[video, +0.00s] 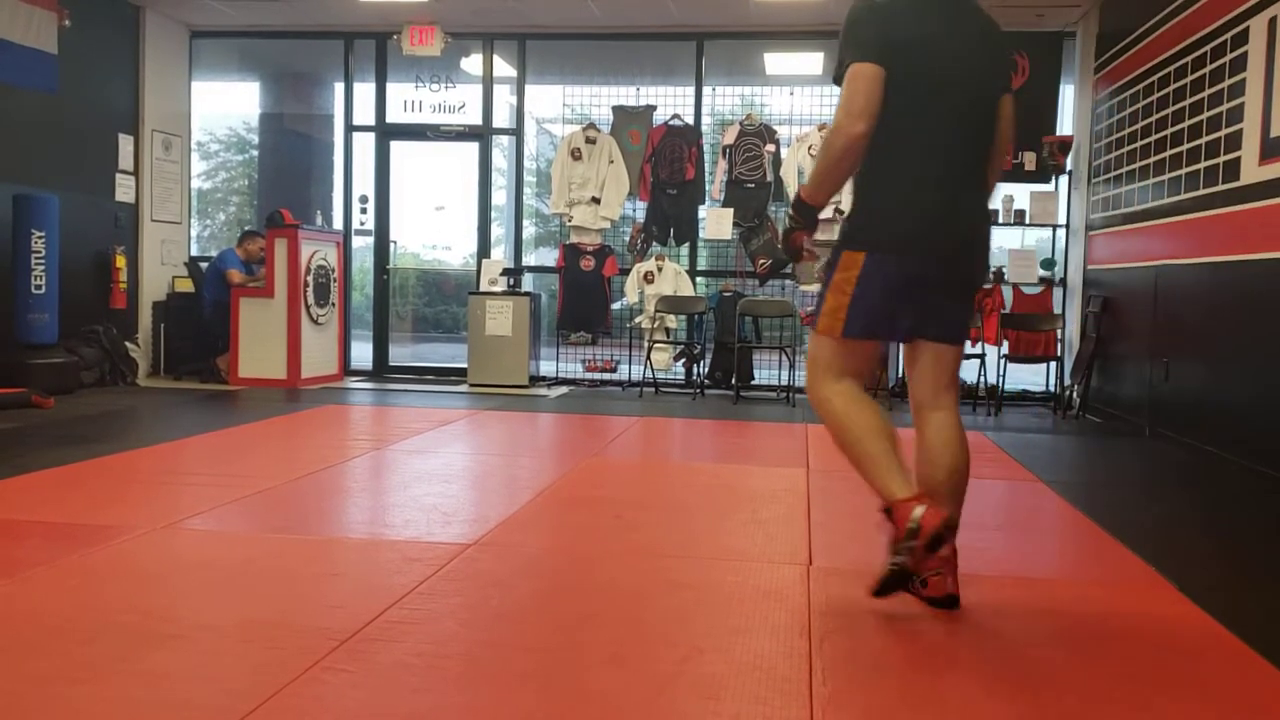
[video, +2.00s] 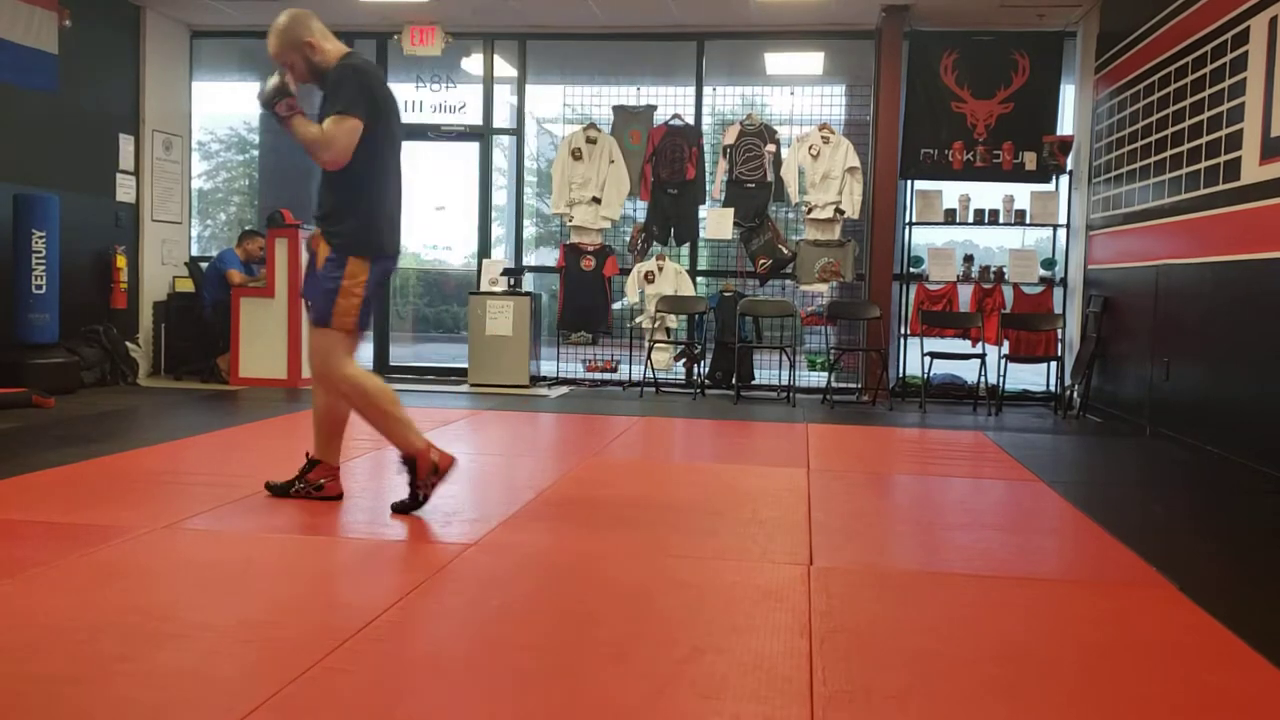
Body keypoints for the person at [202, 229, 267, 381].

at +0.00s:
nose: (262, 254)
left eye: (263, 250)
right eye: (260, 249)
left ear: (247, 246)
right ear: (247, 245)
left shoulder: (245, 263)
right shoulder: (229, 256)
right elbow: (235, 279)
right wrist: (257, 278)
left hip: (230, 308)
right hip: (215, 309)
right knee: (253, 332)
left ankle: (226, 363)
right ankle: (223, 362)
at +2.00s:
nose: (261, 254)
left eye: (262, 250)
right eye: (260, 249)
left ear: (248, 245)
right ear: (247, 244)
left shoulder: (246, 264)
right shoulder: (228, 255)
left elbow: (252, 284)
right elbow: (235, 280)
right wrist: (258, 278)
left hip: (230, 308)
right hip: (213, 309)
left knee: (259, 327)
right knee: (253, 330)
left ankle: (227, 363)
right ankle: (224, 362)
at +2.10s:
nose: (261, 254)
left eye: (262, 250)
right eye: (259, 249)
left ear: (247, 245)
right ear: (246, 244)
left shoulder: (246, 264)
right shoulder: (228, 256)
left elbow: (252, 282)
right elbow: (235, 280)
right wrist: (258, 279)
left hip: (230, 308)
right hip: (213, 309)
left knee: (257, 324)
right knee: (251, 328)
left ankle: (226, 363)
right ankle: (223, 362)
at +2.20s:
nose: (252, 250)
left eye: (254, 246)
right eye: (251, 245)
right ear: (242, 244)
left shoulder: (242, 261)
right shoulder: (226, 256)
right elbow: (234, 280)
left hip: (221, 303)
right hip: (209, 303)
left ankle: (221, 367)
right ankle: (215, 368)